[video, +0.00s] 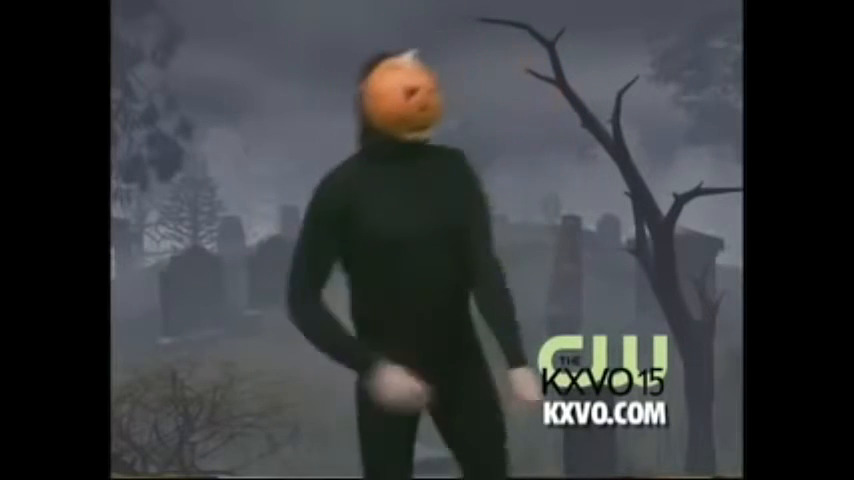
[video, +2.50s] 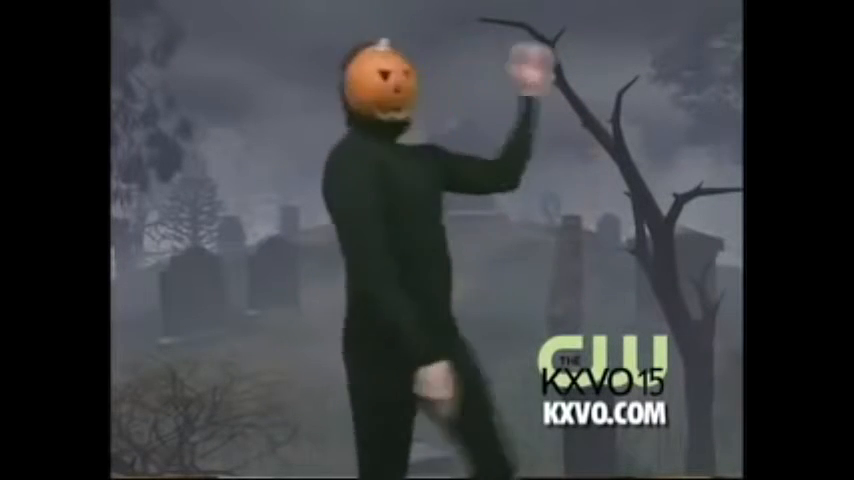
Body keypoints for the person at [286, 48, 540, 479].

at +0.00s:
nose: (419, 93)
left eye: (425, 85)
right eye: (402, 87)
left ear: (438, 98)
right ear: (368, 105)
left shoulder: (453, 170)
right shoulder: (343, 186)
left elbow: (484, 271)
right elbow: (302, 301)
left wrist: (516, 360)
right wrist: (370, 366)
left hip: (458, 359)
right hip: (384, 363)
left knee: (490, 469)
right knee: (387, 473)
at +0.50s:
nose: (363, 85)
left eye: (364, 74)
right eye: (344, 80)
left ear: (377, 84)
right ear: (315, 104)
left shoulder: (383, 151)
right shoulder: (325, 175)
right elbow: (420, 226)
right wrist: (518, 180)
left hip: (446, 319)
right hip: (392, 342)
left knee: (568, 347)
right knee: (391, 470)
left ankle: (492, 462)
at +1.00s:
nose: (440, 93)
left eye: (453, 82)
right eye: (426, 83)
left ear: (473, 92)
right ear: (408, 94)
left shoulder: (508, 159)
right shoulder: (388, 171)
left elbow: (573, 229)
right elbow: (367, 271)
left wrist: (531, 256)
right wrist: (370, 360)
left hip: (487, 354)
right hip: (413, 355)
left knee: (501, 471)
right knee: (401, 472)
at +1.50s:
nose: (488, 79)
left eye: (502, 70)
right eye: (476, 69)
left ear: (518, 84)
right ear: (456, 82)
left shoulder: (533, 153)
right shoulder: (424, 149)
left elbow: (526, 240)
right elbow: (407, 226)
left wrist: (460, 251)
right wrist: (375, 269)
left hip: (498, 338)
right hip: (423, 335)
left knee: (510, 468)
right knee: (394, 464)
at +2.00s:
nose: (419, 84)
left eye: (430, 75)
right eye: (406, 75)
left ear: (448, 88)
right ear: (387, 90)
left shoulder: (472, 151)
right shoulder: (367, 158)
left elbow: (514, 223)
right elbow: (384, 228)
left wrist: (502, 190)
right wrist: (461, 203)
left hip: (459, 340)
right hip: (390, 344)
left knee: (478, 467)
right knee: (384, 469)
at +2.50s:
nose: (397, 77)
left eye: (403, 68)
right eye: (381, 69)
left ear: (414, 84)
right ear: (353, 90)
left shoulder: (420, 160)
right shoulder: (351, 163)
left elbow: (501, 175)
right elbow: (375, 273)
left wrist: (530, 99)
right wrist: (425, 358)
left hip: (436, 337)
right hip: (381, 344)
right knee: (382, 470)